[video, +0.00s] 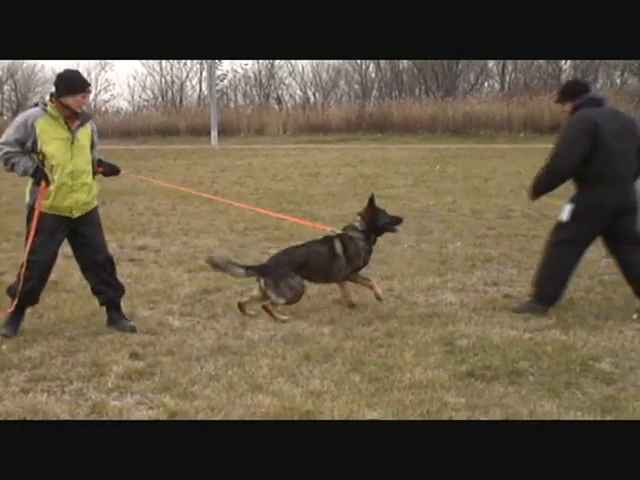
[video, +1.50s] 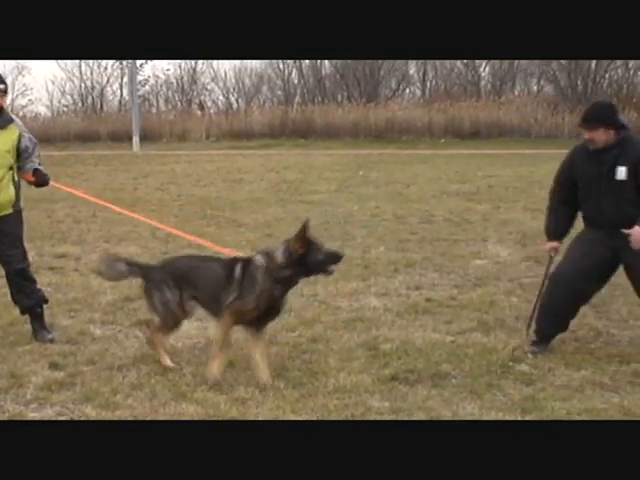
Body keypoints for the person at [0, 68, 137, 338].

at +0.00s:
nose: (85, 100)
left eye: (86, 95)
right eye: (80, 95)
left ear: (82, 96)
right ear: (63, 95)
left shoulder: (87, 124)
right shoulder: (32, 120)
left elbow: (90, 156)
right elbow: (7, 150)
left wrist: (100, 165)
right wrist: (33, 169)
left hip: (85, 207)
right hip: (49, 208)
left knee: (99, 259)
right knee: (38, 264)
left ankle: (115, 313)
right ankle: (16, 313)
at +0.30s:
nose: (79, 96)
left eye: (80, 91)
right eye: (75, 91)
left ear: (75, 93)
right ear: (58, 92)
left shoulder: (83, 124)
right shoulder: (25, 116)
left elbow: (91, 159)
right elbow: (2, 143)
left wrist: (109, 165)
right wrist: (19, 163)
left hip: (76, 205)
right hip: (37, 205)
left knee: (91, 259)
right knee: (26, 265)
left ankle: (112, 310)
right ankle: (9, 314)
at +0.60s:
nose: (45, 98)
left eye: (46, 93)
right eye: (40, 93)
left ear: (42, 94)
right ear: (22, 94)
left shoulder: (47, 126)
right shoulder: (3, 123)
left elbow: (52, 162)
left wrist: (69, 168)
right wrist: (2, 178)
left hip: (40, 207)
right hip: (7, 210)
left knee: (56, 260)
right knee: (0, 264)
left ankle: (79, 311)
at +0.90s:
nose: (22, 99)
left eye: (24, 93)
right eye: (16, 94)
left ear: (24, 95)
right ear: (2, 95)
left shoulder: (31, 127)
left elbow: (41, 162)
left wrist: (55, 169)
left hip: (21, 209)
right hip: (4, 210)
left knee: (36, 261)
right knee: (33, 260)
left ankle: (59, 312)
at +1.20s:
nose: (11, 101)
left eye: (13, 96)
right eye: (6, 95)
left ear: (15, 98)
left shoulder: (21, 130)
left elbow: (33, 164)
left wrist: (44, 173)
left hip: (12, 211)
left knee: (25, 265)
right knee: (23, 265)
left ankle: (46, 319)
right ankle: (45, 318)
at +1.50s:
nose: (1, 100)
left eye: (3, 94)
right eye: (1, 95)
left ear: (6, 96)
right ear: (2, 97)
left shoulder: (14, 129)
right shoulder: (12, 130)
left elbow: (27, 160)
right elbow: (27, 159)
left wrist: (37, 174)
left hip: (8, 210)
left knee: (16, 265)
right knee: (14, 265)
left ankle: (37, 321)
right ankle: (36, 319)